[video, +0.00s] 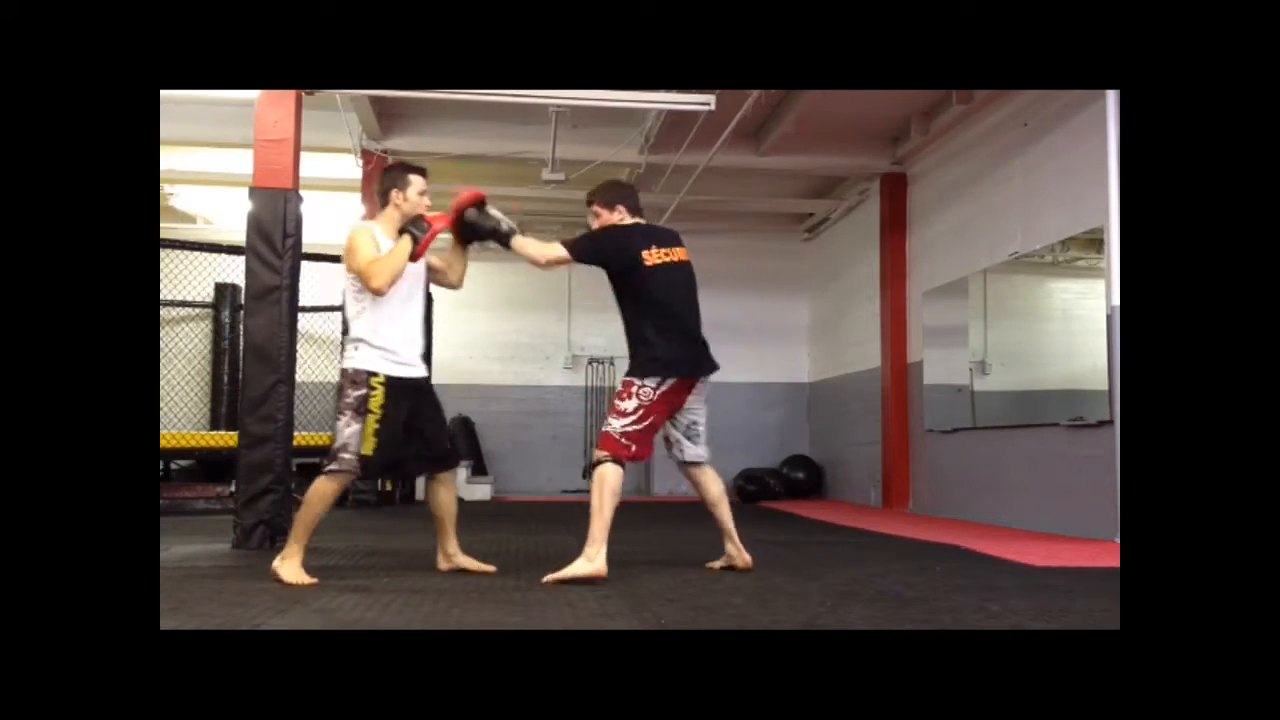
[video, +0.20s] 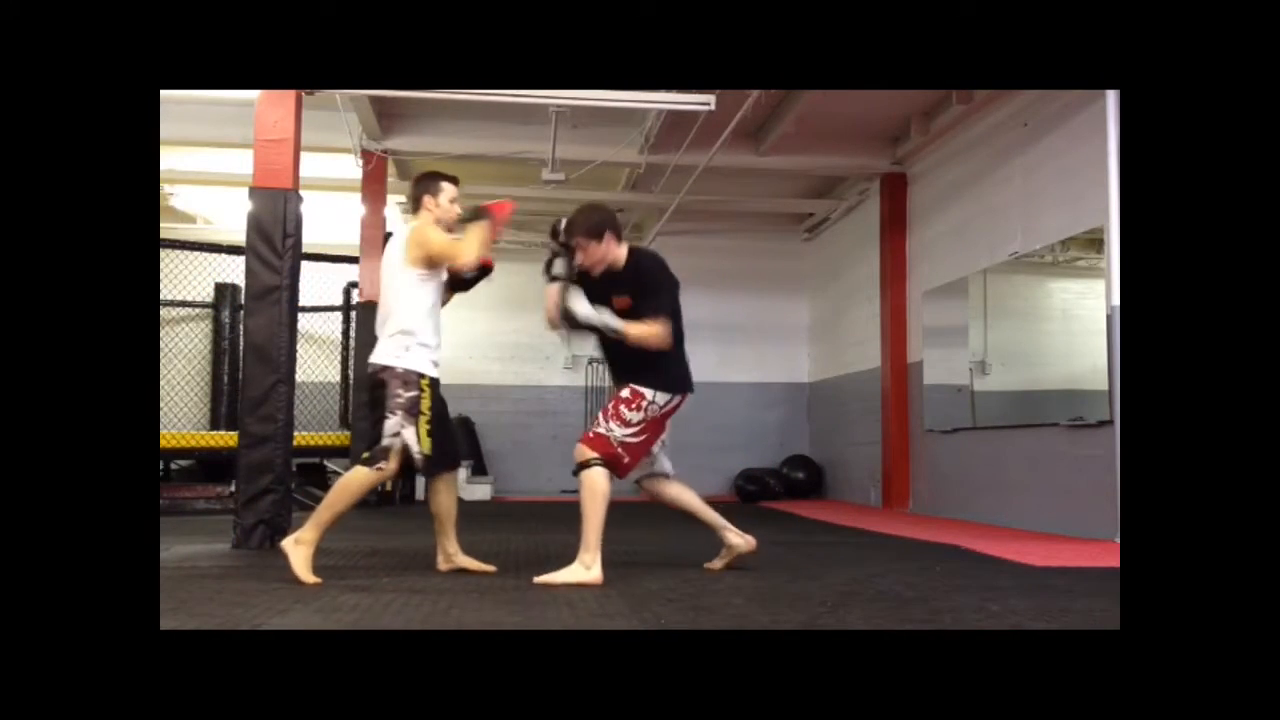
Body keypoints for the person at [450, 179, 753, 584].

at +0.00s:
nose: (593, 224)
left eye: (595, 216)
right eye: (593, 217)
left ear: (618, 211)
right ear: (631, 212)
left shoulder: (614, 239)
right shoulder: (669, 237)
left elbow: (546, 256)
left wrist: (502, 231)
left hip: (656, 365)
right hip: (693, 362)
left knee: (610, 453)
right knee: (695, 459)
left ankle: (593, 556)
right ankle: (736, 549)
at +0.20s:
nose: (578, 258)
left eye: (584, 248)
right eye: (575, 250)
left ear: (609, 239)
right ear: (576, 247)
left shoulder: (649, 267)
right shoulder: (587, 273)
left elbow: (663, 336)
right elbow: (563, 322)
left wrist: (604, 321)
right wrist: (556, 284)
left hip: (661, 383)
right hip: (630, 382)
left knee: (591, 452)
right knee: (651, 479)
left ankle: (588, 563)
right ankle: (733, 537)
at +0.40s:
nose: (544, 256)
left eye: (546, 247)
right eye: (542, 249)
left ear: (570, 240)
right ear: (573, 238)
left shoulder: (618, 266)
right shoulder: (581, 266)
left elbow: (645, 337)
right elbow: (560, 307)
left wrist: (592, 365)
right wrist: (555, 274)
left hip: (633, 376)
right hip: (639, 376)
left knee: (570, 456)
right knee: (650, 463)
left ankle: (586, 561)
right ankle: (719, 531)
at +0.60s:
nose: (550, 226)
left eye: (549, 216)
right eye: (547, 217)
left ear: (566, 207)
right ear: (588, 202)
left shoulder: (571, 249)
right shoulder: (633, 220)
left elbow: (536, 307)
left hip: (616, 364)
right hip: (659, 359)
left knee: (576, 454)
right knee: (647, 449)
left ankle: (586, 561)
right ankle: (694, 535)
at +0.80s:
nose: (575, 228)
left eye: (576, 218)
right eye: (574, 219)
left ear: (596, 210)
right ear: (611, 209)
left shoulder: (604, 240)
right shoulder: (655, 237)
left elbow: (590, 299)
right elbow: (643, 298)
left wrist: (553, 306)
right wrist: (576, 298)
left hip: (621, 361)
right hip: (665, 362)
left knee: (560, 444)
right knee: (668, 458)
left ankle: (573, 542)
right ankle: (703, 553)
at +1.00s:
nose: (578, 220)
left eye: (579, 213)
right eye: (577, 214)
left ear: (600, 206)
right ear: (616, 206)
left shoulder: (594, 232)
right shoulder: (661, 237)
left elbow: (545, 266)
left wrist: (496, 255)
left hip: (617, 356)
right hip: (664, 360)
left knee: (571, 452)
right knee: (673, 458)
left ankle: (573, 559)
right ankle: (703, 553)